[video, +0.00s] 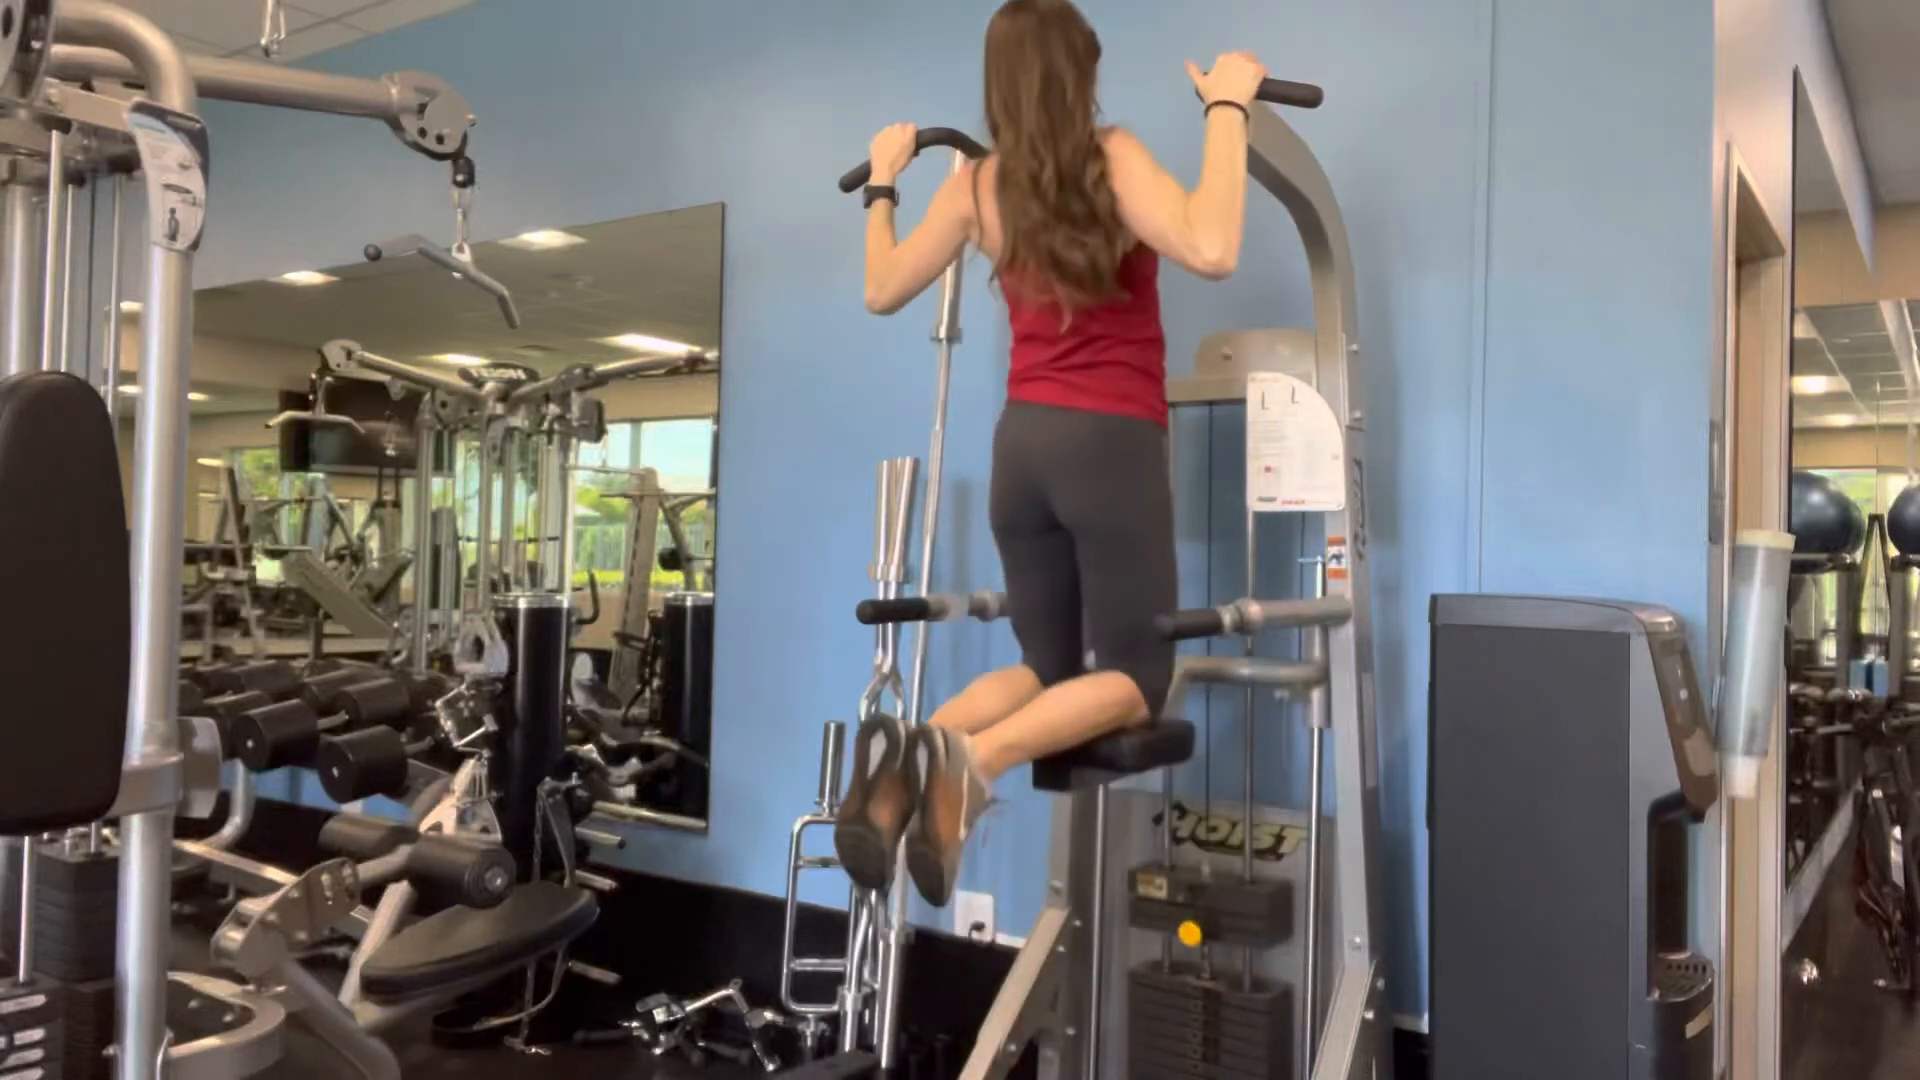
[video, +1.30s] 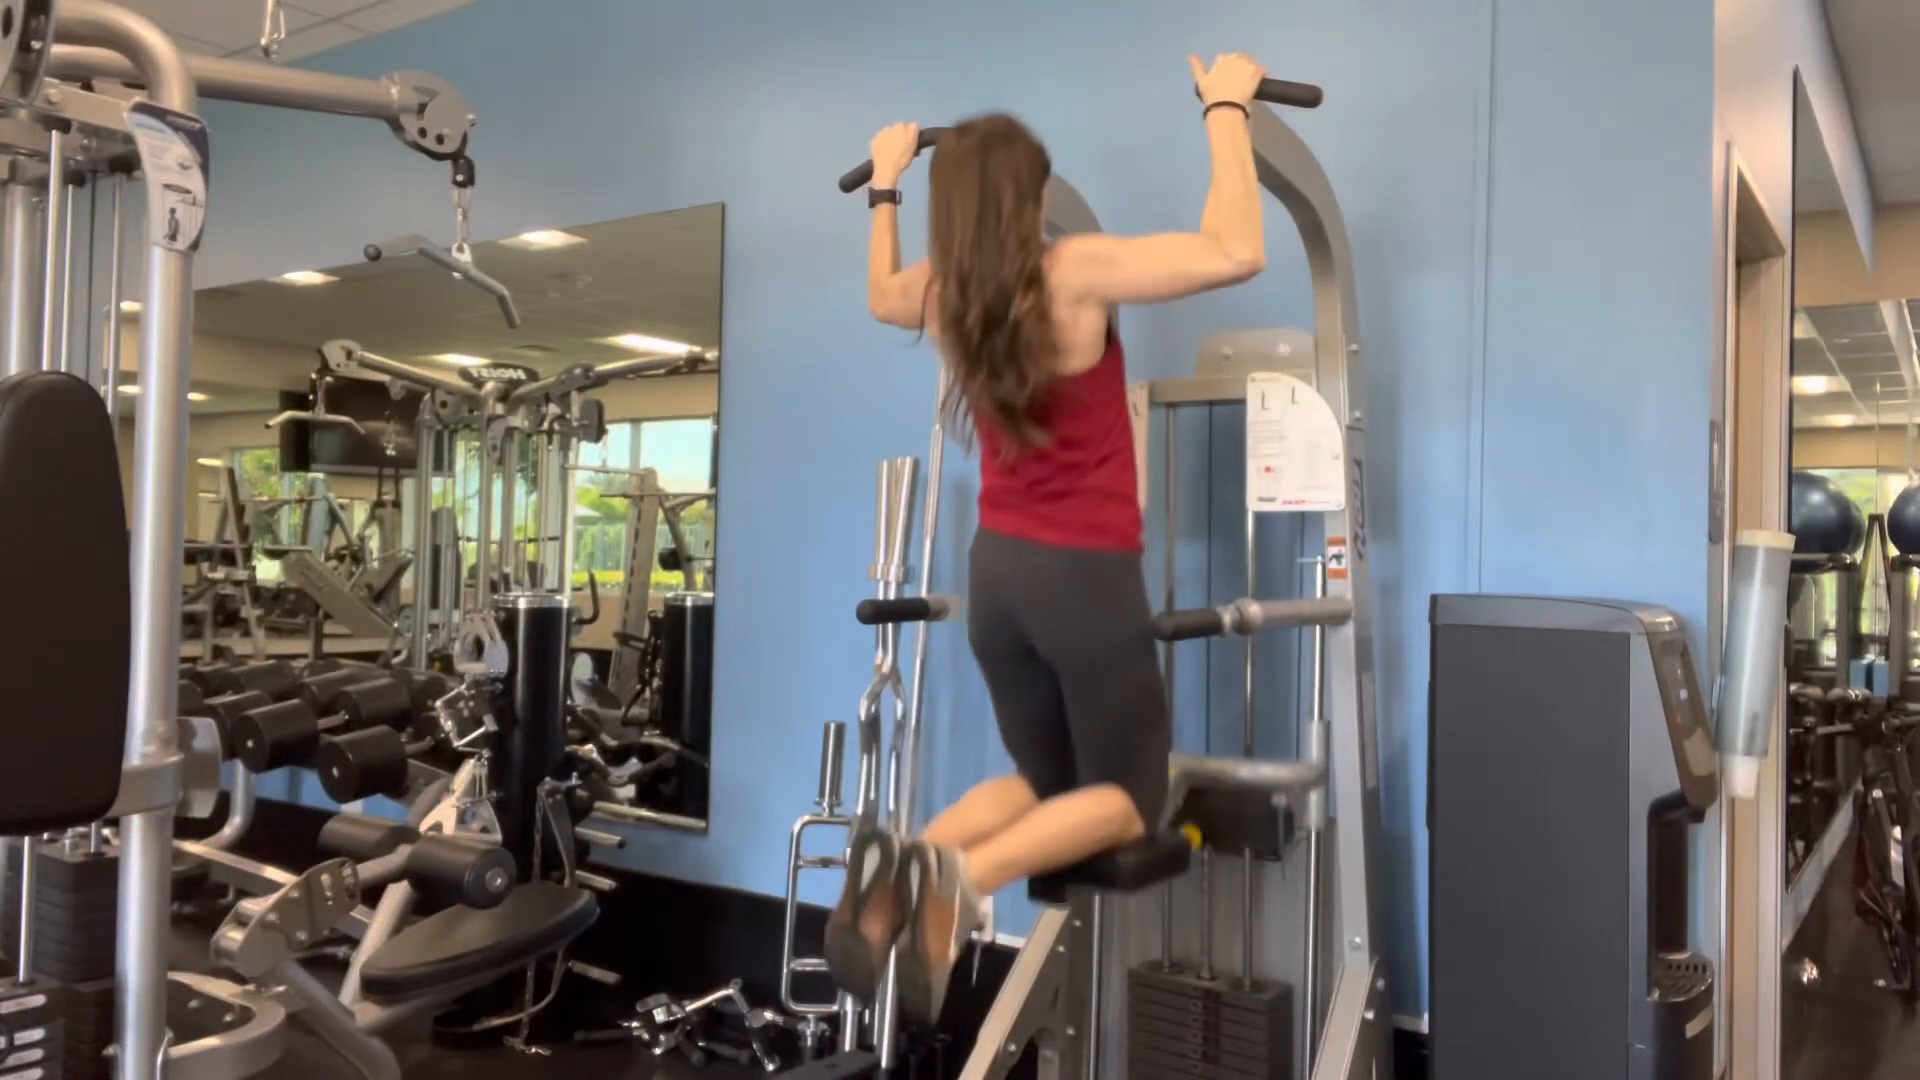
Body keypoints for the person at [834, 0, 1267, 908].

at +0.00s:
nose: (1093, 77)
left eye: (1080, 61)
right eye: (1088, 63)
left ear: (999, 80)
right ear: (1081, 72)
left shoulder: (977, 182)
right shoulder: (1111, 156)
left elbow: (884, 288)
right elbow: (1211, 249)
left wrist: (880, 183)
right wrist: (1228, 109)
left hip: (1021, 442)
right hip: (1110, 443)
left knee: (1050, 671)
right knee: (1134, 686)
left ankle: (919, 748)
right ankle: (977, 757)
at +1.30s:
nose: (1050, 186)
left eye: (1032, 174)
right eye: (1041, 174)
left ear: (953, 200)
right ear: (1032, 192)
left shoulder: (946, 287)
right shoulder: (1073, 268)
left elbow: (882, 294)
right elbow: (1233, 251)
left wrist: (883, 187)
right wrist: (1227, 110)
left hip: (997, 571)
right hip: (1085, 575)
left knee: (1041, 780)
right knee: (1131, 801)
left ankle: (908, 866)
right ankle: (964, 878)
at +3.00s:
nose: (1082, 45)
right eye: (1077, 33)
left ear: (991, 54)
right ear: (1073, 44)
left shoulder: (973, 157)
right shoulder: (1110, 129)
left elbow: (891, 280)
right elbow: (1177, 243)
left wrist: (879, 181)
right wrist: (1228, 114)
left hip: (1020, 415)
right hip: (1110, 416)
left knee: (1039, 638)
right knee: (1132, 653)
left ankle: (915, 716)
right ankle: (978, 724)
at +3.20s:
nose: (1087, 40)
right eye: (1083, 28)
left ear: (996, 46)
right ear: (1078, 40)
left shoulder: (973, 153)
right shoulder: (1112, 128)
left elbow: (892, 278)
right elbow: (1176, 244)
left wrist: (879, 180)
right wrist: (1229, 113)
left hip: (1019, 411)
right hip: (1110, 412)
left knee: (1038, 635)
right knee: (1133, 650)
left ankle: (914, 717)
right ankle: (980, 719)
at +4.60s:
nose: (1064, 340)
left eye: (1017, 337)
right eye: (1054, 335)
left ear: (978, 377)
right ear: (1053, 363)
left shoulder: (977, 445)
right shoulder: (1101, 420)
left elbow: (925, 306)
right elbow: (1186, 276)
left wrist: (890, 188)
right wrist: (1223, 118)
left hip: (997, 730)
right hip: (1086, 745)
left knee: (1021, 952)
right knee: (1112, 971)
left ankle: (901, 1070)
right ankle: (974, 1079)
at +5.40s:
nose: (1072, 87)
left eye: (1066, 73)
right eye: (1069, 73)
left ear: (975, 86)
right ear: (1058, 81)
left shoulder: (956, 187)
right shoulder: (1097, 162)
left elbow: (880, 291)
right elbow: (1216, 251)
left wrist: (879, 183)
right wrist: (1231, 113)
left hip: (1008, 456)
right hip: (1094, 459)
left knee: (1032, 681)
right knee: (1127, 692)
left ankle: (904, 794)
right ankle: (963, 803)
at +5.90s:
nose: (1079, 28)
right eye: (1076, 20)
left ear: (988, 36)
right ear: (1068, 29)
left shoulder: (969, 144)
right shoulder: (1106, 116)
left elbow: (892, 278)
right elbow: (1161, 240)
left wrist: (879, 181)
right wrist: (1226, 117)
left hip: (1012, 402)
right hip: (1100, 400)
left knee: (1032, 623)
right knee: (1133, 639)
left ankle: (906, 712)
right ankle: (967, 721)